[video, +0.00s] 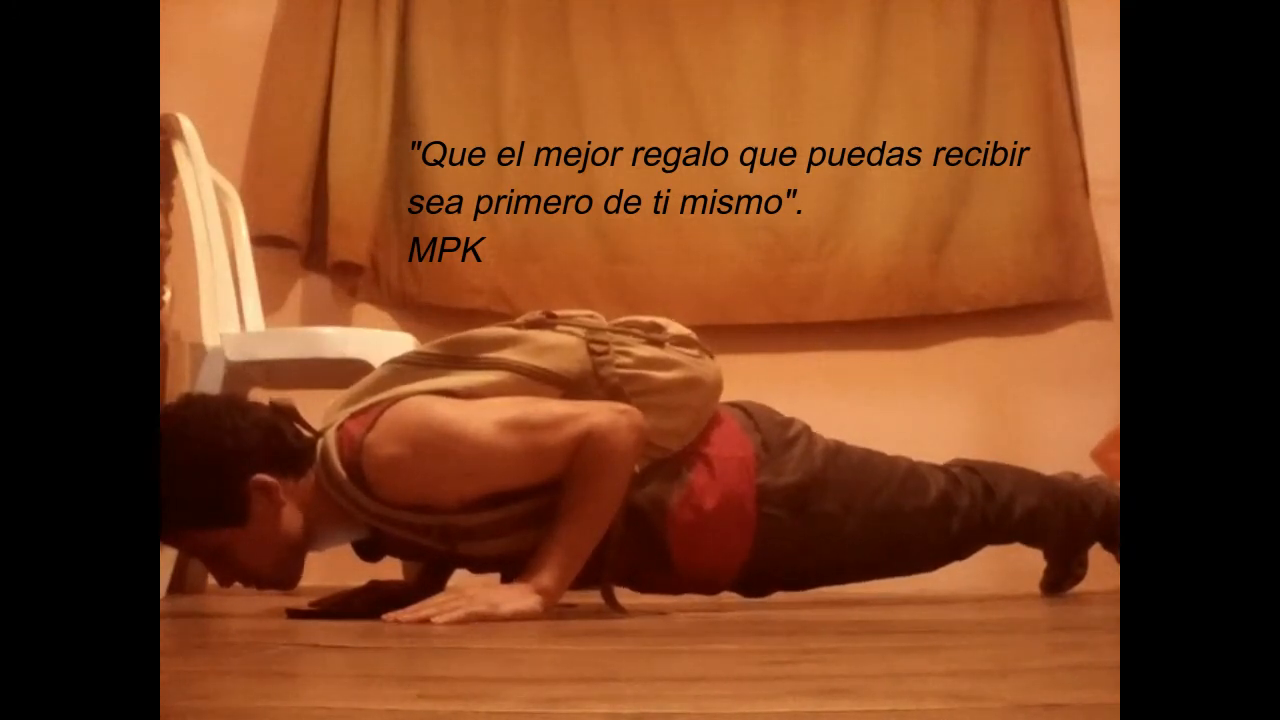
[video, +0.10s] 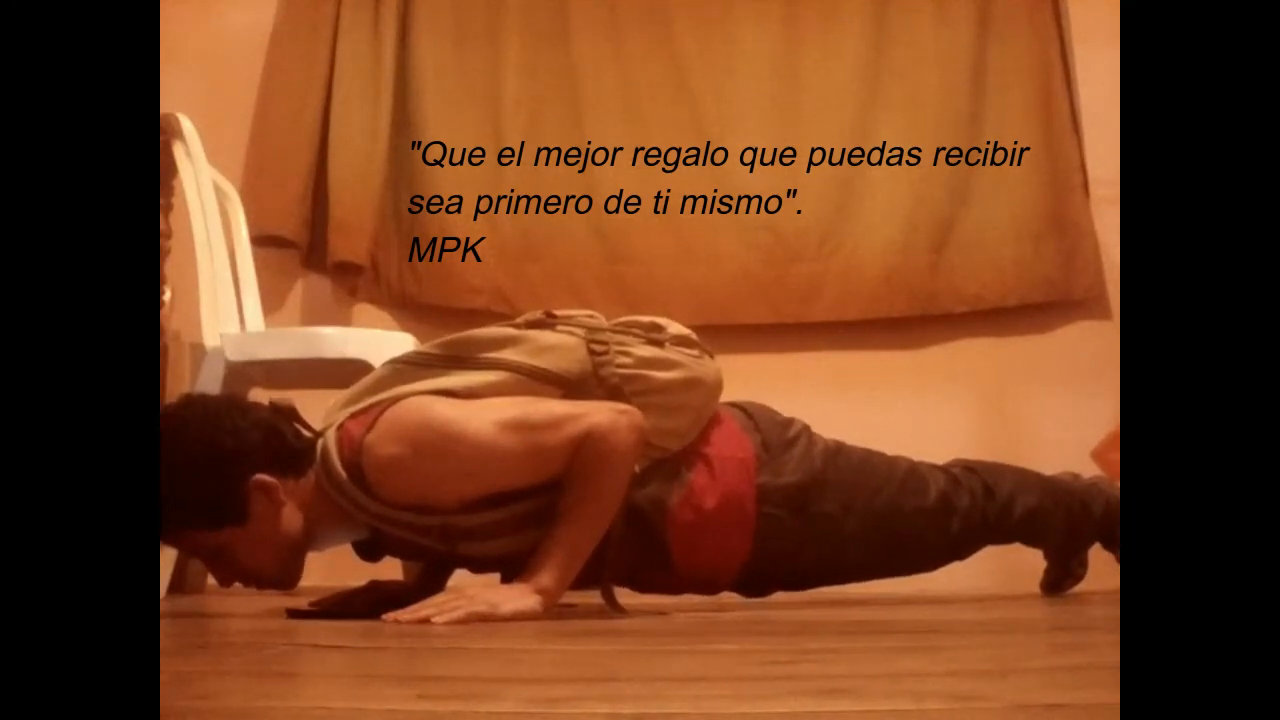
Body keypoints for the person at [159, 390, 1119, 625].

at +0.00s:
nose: (218, 577)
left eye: (211, 552)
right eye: (199, 562)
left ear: (261, 494)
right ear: (257, 481)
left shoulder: (396, 452)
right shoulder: (353, 463)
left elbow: (608, 438)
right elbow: (472, 535)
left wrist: (539, 588)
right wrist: (386, 587)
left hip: (737, 490)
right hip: (708, 506)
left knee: (941, 508)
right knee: (921, 508)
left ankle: (1093, 505)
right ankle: (1072, 505)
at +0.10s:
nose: (218, 577)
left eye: (211, 551)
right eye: (199, 561)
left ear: (261, 493)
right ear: (257, 480)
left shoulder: (396, 452)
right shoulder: (354, 462)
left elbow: (609, 438)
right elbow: (475, 532)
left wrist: (539, 588)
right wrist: (387, 587)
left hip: (736, 491)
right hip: (709, 504)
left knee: (939, 509)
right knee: (920, 507)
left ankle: (1093, 505)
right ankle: (1073, 505)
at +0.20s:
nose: (215, 571)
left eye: (211, 546)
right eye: (198, 555)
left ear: (265, 489)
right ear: (261, 478)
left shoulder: (398, 450)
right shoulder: (353, 458)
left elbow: (610, 438)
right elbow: (478, 528)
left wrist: (538, 589)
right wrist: (392, 586)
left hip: (735, 490)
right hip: (707, 502)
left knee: (939, 508)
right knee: (919, 507)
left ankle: (1095, 506)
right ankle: (1077, 506)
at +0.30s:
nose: (216, 572)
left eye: (212, 546)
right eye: (198, 555)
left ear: (265, 489)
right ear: (261, 478)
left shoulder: (397, 451)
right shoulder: (352, 458)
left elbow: (610, 438)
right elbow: (478, 527)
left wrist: (538, 589)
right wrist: (391, 586)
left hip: (735, 491)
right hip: (708, 500)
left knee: (939, 508)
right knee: (920, 507)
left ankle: (1095, 506)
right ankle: (1077, 506)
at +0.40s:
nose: (213, 574)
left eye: (208, 549)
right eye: (196, 557)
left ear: (262, 493)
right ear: (260, 479)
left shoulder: (397, 452)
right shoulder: (352, 457)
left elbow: (610, 437)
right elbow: (483, 524)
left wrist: (539, 588)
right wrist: (392, 586)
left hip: (735, 491)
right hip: (707, 499)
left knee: (942, 508)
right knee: (922, 506)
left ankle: (1096, 506)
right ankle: (1079, 506)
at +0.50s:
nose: (213, 574)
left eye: (209, 549)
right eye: (196, 557)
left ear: (262, 493)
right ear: (260, 479)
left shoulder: (397, 452)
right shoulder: (352, 457)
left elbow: (610, 438)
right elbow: (483, 524)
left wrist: (539, 588)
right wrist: (392, 586)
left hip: (735, 491)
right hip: (707, 499)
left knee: (942, 507)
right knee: (921, 506)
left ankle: (1096, 506)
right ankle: (1079, 505)